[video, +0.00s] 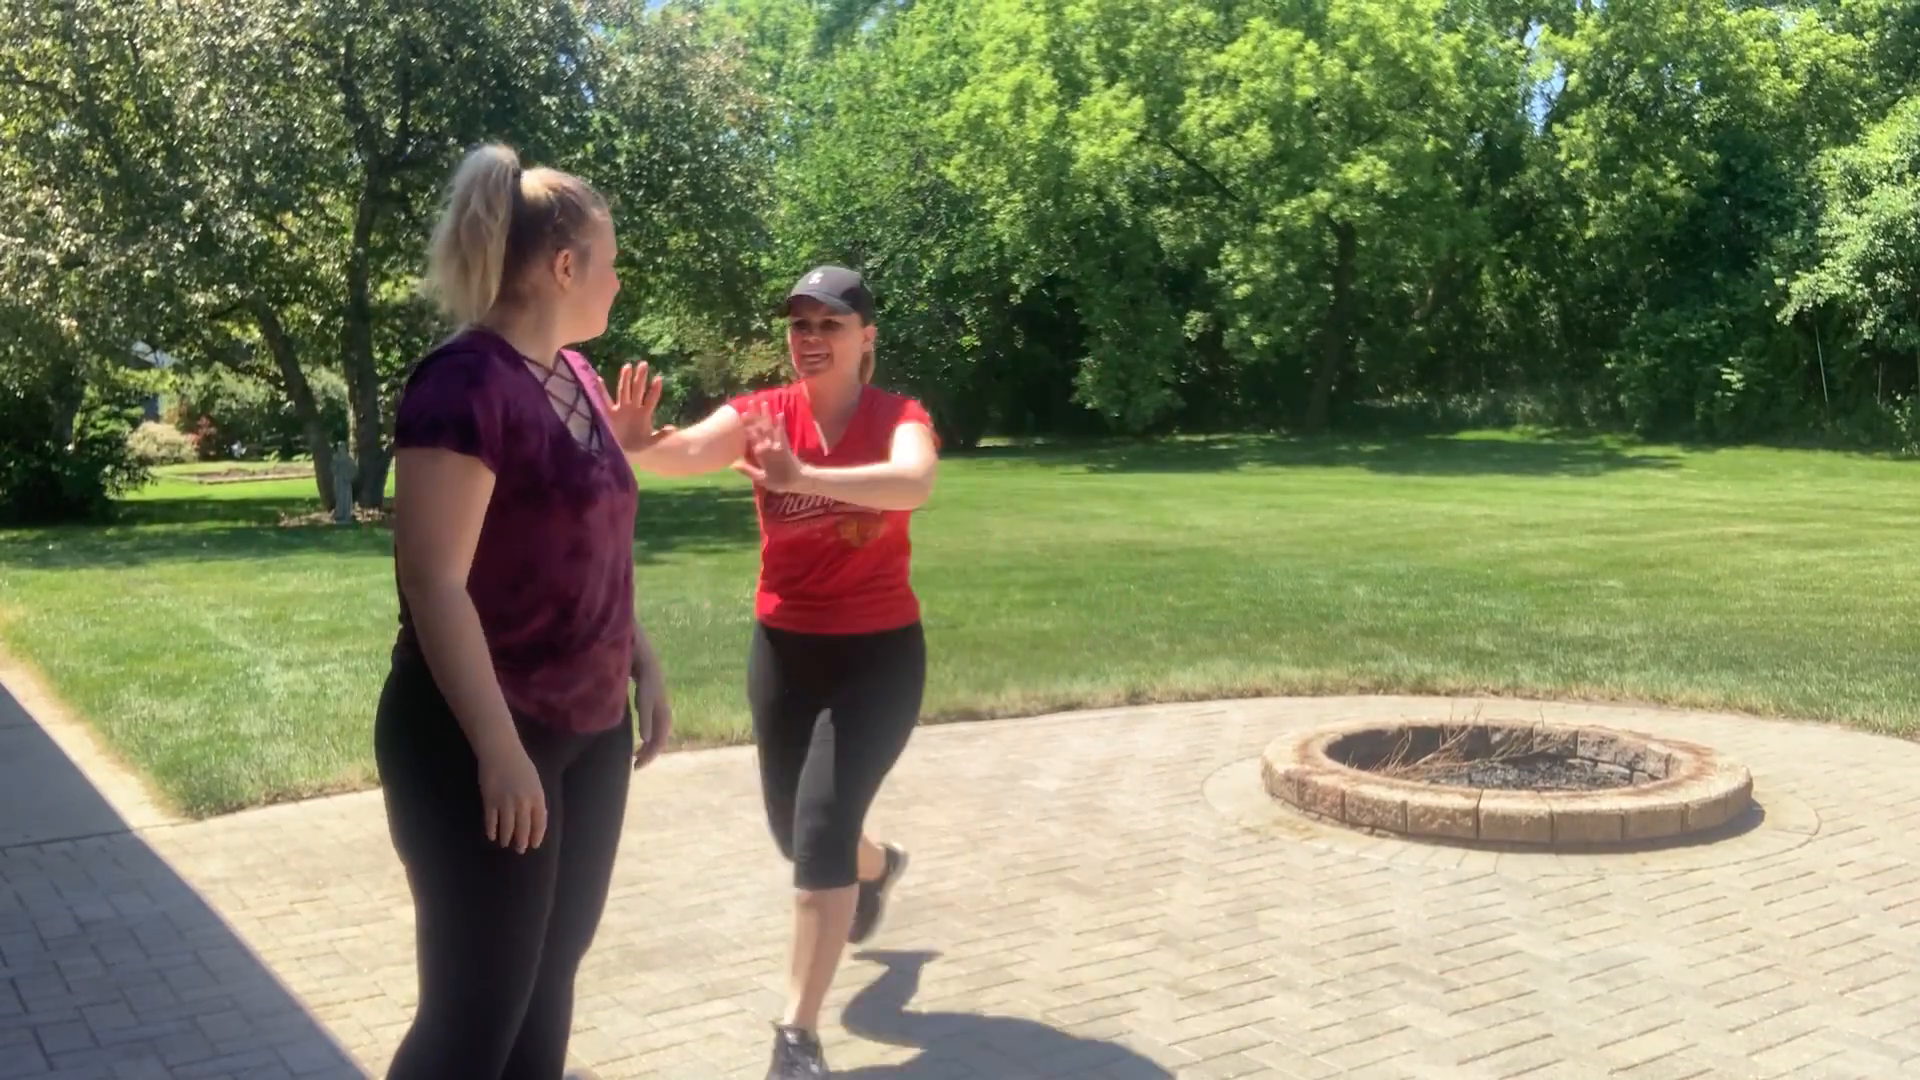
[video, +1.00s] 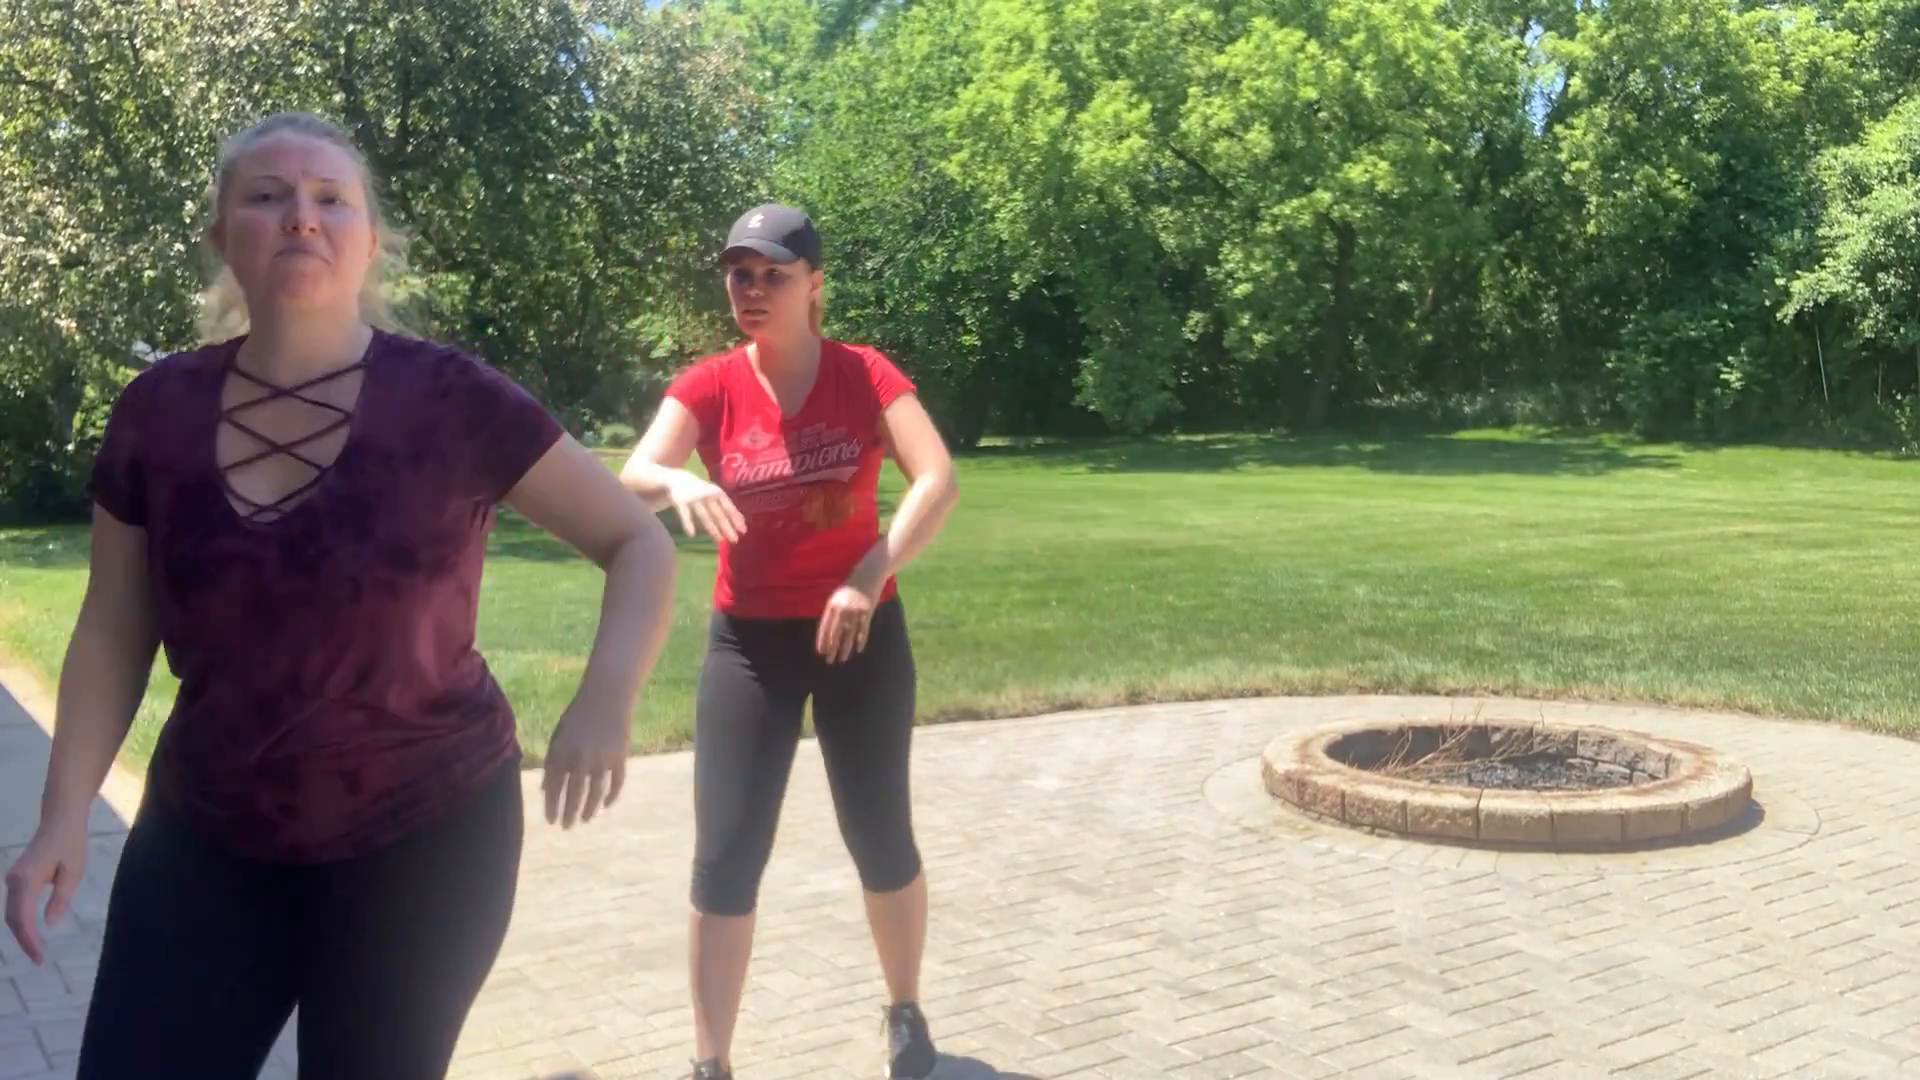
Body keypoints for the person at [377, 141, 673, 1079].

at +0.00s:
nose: (618, 281)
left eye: (616, 262)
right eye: (611, 261)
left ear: (556, 267)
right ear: (562, 267)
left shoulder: (573, 375)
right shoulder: (465, 381)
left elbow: (585, 550)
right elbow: (431, 583)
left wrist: (643, 662)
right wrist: (500, 749)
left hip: (585, 730)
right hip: (479, 738)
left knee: (547, 992)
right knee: (472, 1016)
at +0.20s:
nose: (604, 275)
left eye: (606, 254)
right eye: (581, 254)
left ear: (603, 258)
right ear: (504, 260)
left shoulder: (593, 371)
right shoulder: (443, 370)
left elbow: (606, 553)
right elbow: (388, 543)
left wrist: (674, 651)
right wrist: (449, 645)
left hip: (573, 721)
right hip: (442, 719)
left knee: (541, 1005)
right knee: (459, 1011)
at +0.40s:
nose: (511, 267)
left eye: (530, 250)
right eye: (485, 246)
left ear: (551, 274)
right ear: (432, 262)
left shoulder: (568, 399)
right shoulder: (370, 363)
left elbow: (584, 575)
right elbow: (243, 507)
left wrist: (680, 615)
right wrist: (317, 419)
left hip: (550, 747)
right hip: (389, 743)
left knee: (534, 1036)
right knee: (417, 1038)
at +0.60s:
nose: (425, 217)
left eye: (447, 209)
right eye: (397, 202)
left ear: (471, 251)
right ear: (347, 237)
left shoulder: (517, 383)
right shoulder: (284, 352)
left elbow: (561, 560)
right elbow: (108, 434)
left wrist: (651, 590)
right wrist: (295, 380)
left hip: (506, 764)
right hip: (320, 769)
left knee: (509, 1054)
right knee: (364, 1056)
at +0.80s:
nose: (358, 204)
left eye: (384, 195)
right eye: (327, 194)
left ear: (421, 246)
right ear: (284, 245)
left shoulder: (497, 382)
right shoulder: (220, 385)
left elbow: (581, 530)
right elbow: (30, 512)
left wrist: (681, 587)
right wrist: (200, 522)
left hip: (460, 797)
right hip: (259, 798)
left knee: (414, 1061)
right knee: (271, 1064)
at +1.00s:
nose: (302, 218)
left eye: (331, 199)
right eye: (268, 197)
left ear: (374, 245)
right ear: (219, 239)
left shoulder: (454, 398)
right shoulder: (159, 409)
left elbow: (638, 542)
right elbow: (115, 631)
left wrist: (606, 697)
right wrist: (63, 812)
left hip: (420, 827)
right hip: (212, 821)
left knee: (370, 1065)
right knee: (130, 1067)